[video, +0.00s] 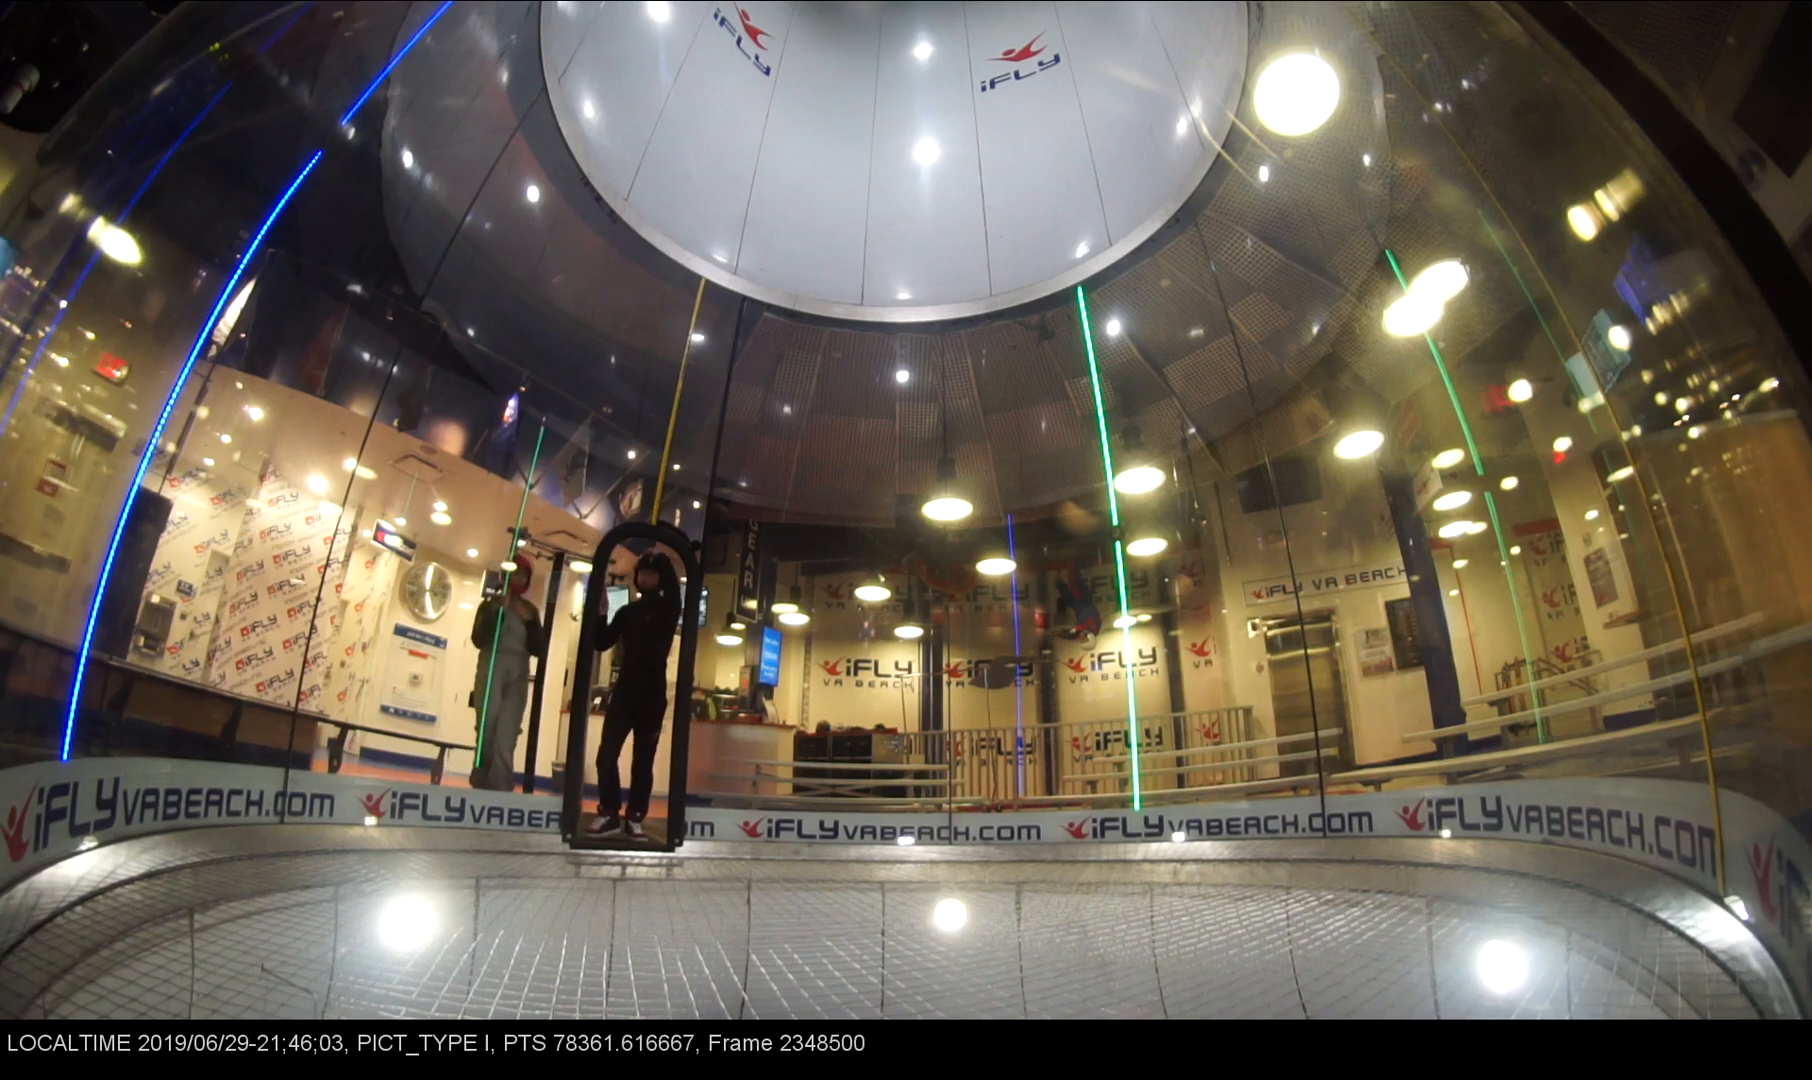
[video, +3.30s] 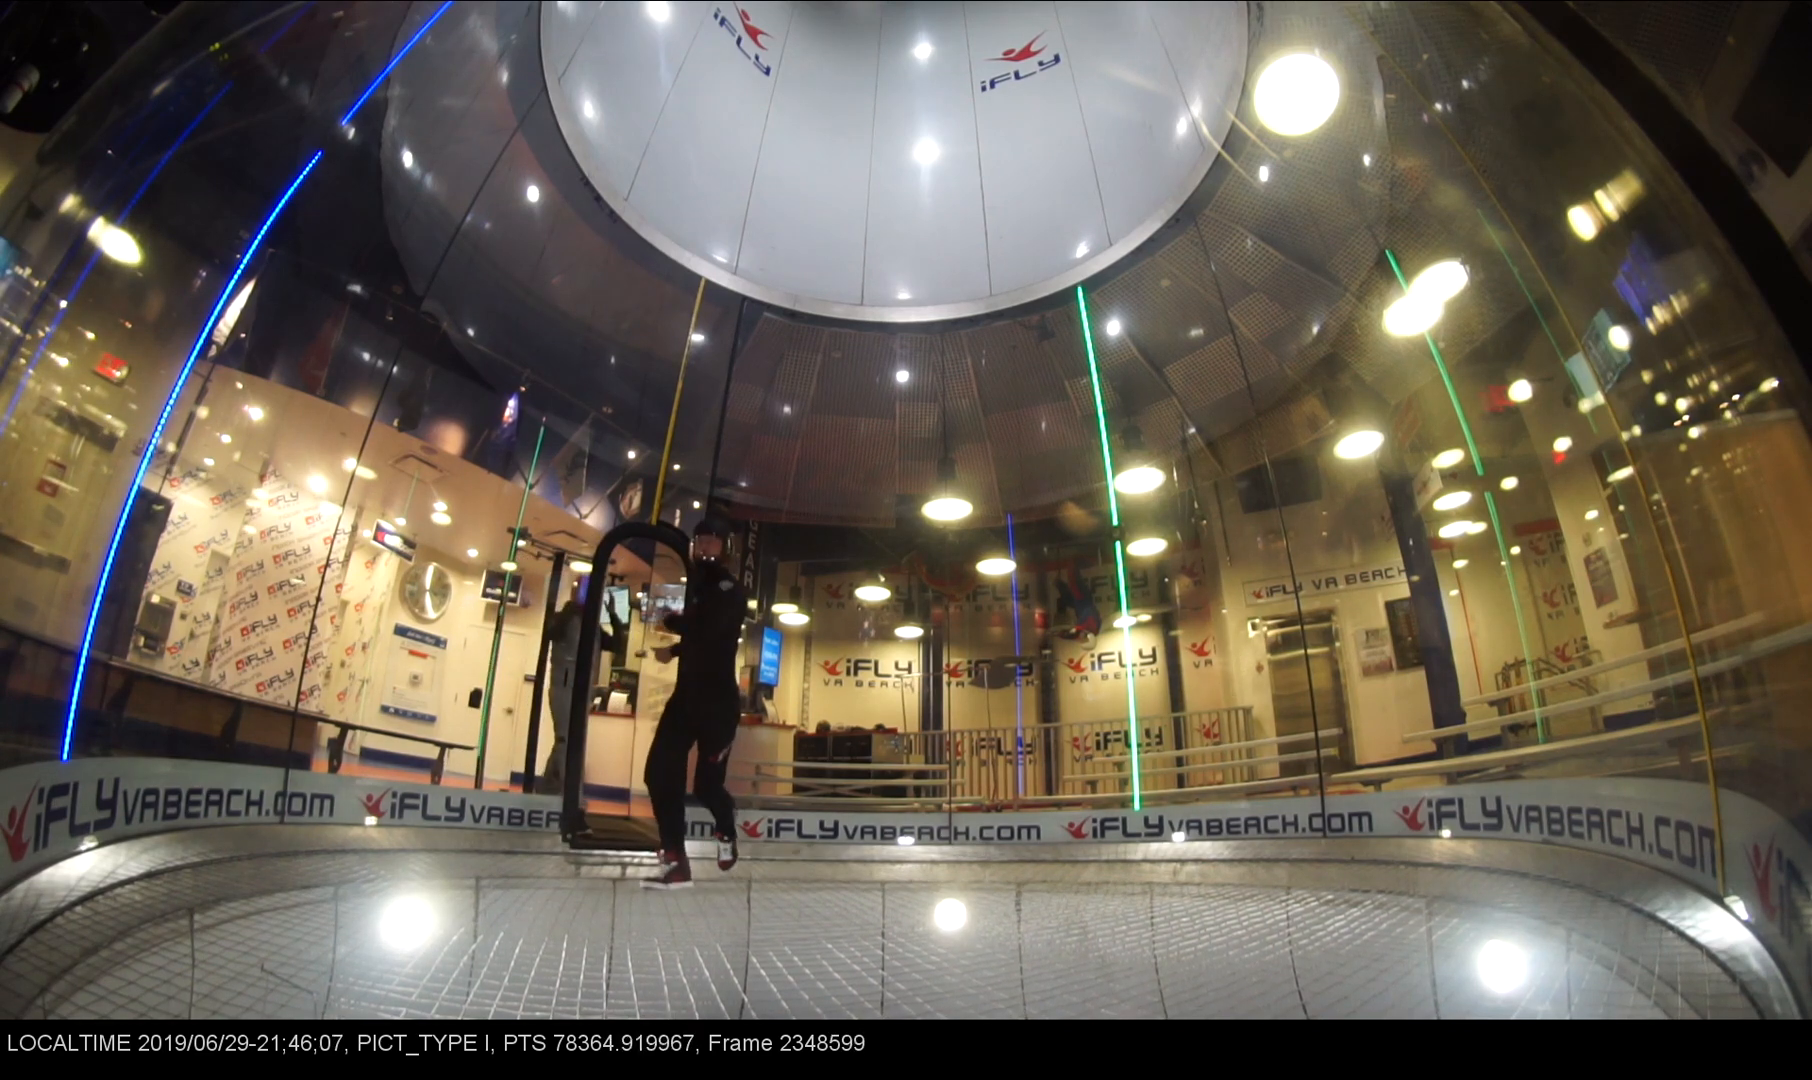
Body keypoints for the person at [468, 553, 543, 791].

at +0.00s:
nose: (518, 578)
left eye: (523, 574)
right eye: (515, 572)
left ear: (528, 581)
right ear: (506, 574)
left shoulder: (530, 610)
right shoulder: (490, 605)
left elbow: (538, 648)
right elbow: (479, 640)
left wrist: (531, 621)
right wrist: (495, 611)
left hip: (518, 671)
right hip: (490, 667)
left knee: (508, 729)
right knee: (487, 725)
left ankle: (501, 785)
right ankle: (481, 780)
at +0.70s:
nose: (533, 586)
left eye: (535, 581)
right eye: (528, 581)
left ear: (537, 585)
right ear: (515, 584)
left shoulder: (538, 617)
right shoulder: (498, 610)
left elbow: (547, 650)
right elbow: (477, 642)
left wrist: (538, 621)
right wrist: (505, 645)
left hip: (530, 686)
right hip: (501, 683)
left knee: (528, 740)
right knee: (493, 735)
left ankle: (533, 793)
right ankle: (483, 787)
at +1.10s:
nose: (550, 592)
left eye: (554, 587)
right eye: (545, 587)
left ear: (558, 591)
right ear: (534, 590)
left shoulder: (558, 621)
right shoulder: (524, 618)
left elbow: (573, 653)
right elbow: (503, 651)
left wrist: (563, 627)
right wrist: (531, 657)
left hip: (555, 683)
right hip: (530, 680)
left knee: (546, 738)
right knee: (523, 735)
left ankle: (538, 792)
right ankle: (493, 783)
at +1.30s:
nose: (556, 596)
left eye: (560, 591)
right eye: (552, 590)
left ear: (565, 595)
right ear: (543, 592)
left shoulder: (568, 623)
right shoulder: (531, 620)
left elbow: (578, 653)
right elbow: (511, 653)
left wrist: (570, 629)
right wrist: (534, 663)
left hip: (558, 682)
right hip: (534, 681)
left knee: (553, 735)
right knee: (538, 735)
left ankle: (542, 785)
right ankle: (527, 786)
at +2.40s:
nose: (572, 596)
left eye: (576, 592)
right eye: (569, 591)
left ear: (581, 597)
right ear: (559, 593)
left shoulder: (579, 627)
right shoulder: (546, 620)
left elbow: (589, 660)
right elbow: (519, 648)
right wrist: (534, 669)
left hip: (570, 685)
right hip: (546, 682)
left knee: (560, 739)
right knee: (549, 740)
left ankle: (541, 791)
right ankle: (544, 794)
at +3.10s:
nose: (583, 597)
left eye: (587, 593)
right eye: (579, 592)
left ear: (592, 596)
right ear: (570, 593)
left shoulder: (591, 623)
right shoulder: (557, 618)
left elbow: (598, 662)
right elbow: (533, 646)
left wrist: (594, 635)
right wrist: (556, 642)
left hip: (581, 690)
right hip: (555, 686)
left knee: (562, 737)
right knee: (561, 735)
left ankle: (545, 786)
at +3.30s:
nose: (588, 597)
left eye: (592, 592)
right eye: (585, 590)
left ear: (595, 596)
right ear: (575, 592)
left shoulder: (592, 625)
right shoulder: (563, 617)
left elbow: (618, 645)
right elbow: (552, 634)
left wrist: (614, 616)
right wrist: (570, 607)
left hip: (584, 688)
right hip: (562, 686)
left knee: (568, 739)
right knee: (565, 737)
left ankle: (548, 786)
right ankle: (573, 793)